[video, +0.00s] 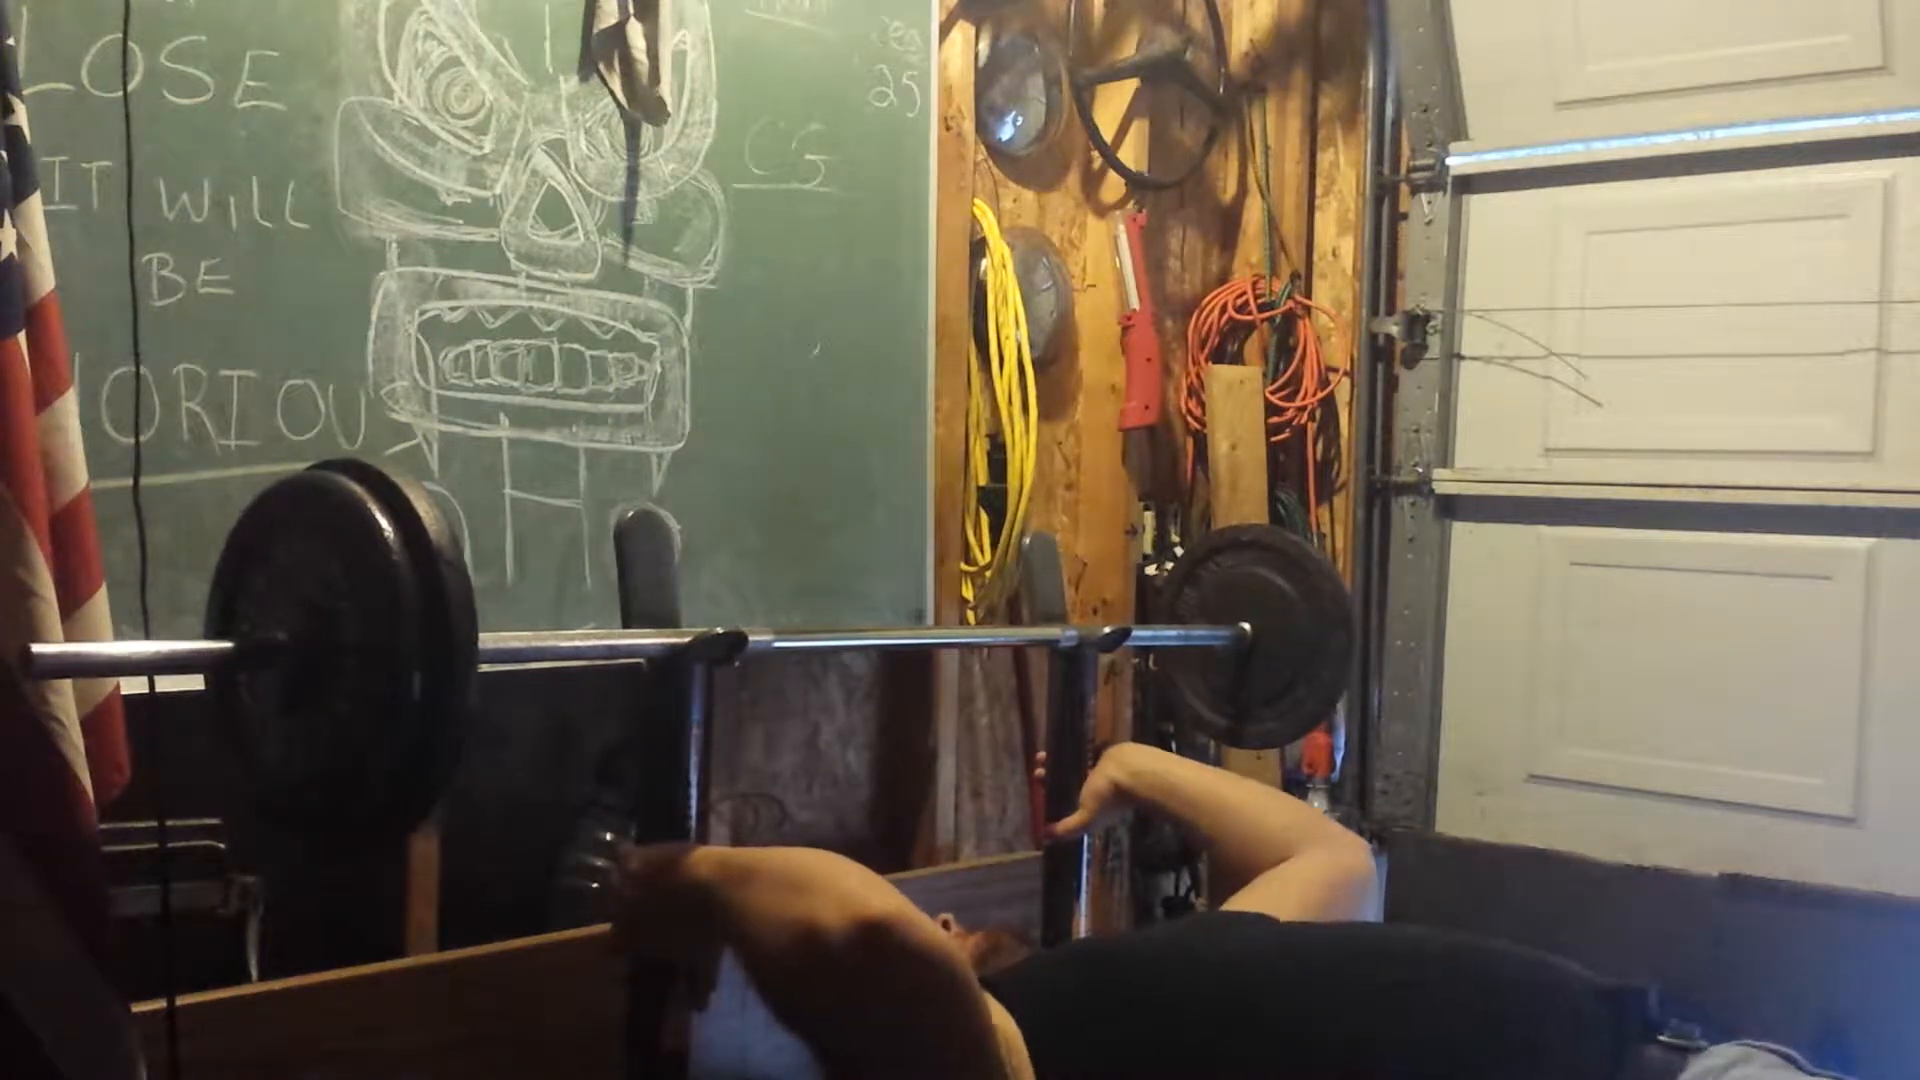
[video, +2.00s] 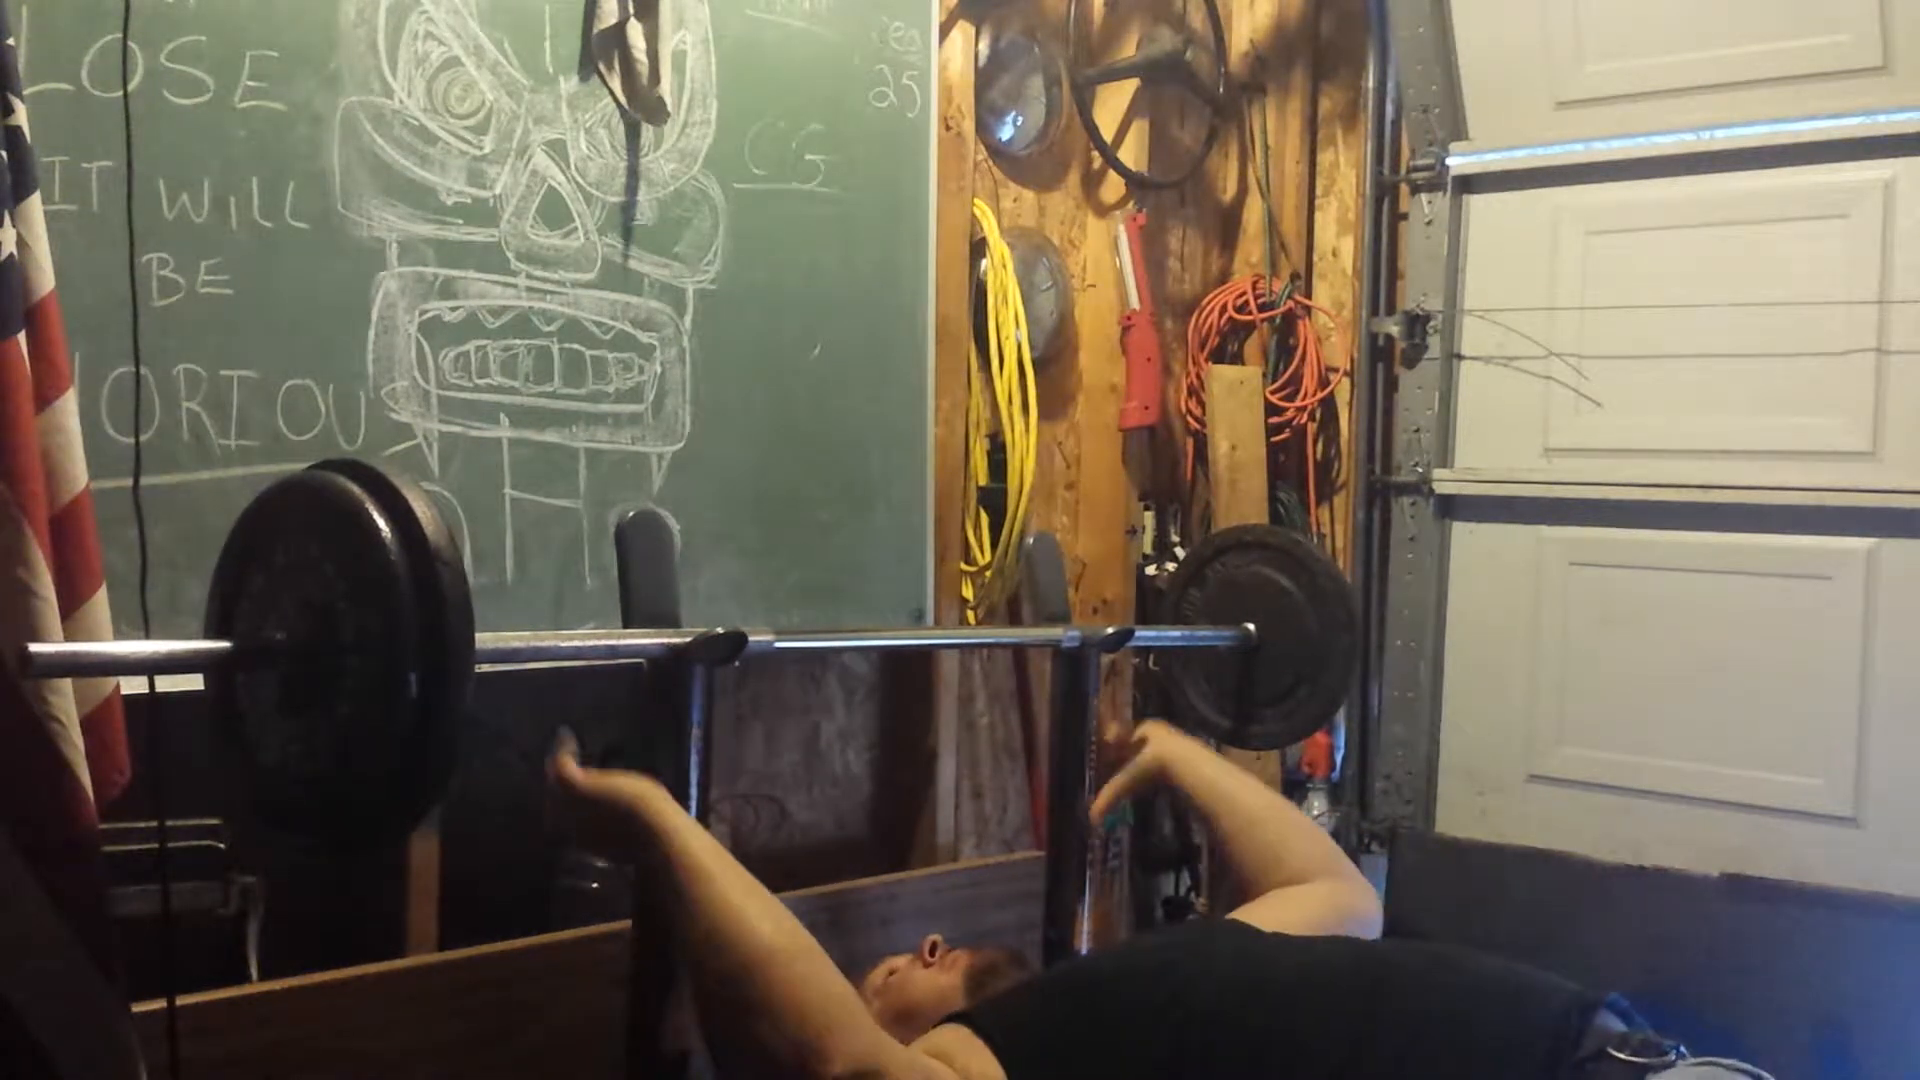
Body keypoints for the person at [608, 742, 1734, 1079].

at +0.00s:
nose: (942, 915)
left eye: (920, 906)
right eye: (898, 928)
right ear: (838, 1023)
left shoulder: (1139, 985)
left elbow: (1333, 857)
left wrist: (1140, 765)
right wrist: (684, 881)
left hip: (1666, 1050)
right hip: (1658, 1072)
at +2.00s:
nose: (925, 946)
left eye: (915, 945)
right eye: (892, 971)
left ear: (963, 956)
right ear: (878, 1034)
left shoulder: (1156, 975)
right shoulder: (946, 1068)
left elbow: (1333, 891)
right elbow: (806, 1021)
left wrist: (1176, 749)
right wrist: (656, 812)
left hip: (1639, 1044)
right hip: (1544, 1076)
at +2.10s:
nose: (913, 957)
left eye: (916, 950)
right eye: (887, 977)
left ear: (981, 953)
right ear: (885, 1033)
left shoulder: (1186, 970)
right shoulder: (945, 1071)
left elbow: (1329, 873)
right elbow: (793, 998)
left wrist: (1183, 712)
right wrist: (648, 771)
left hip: (1668, 1052)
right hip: (1570, 1070)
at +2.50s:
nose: (912, 953)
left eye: (913, 951)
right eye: (886, 975)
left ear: (969, 965)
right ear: (885, 1035)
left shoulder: (1157, 981)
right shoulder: (955, 1072)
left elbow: (1293, 858)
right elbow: (797, 1009)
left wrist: (1224, 684)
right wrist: (608, 736)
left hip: (1667, 1047)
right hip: (1571, 1061)